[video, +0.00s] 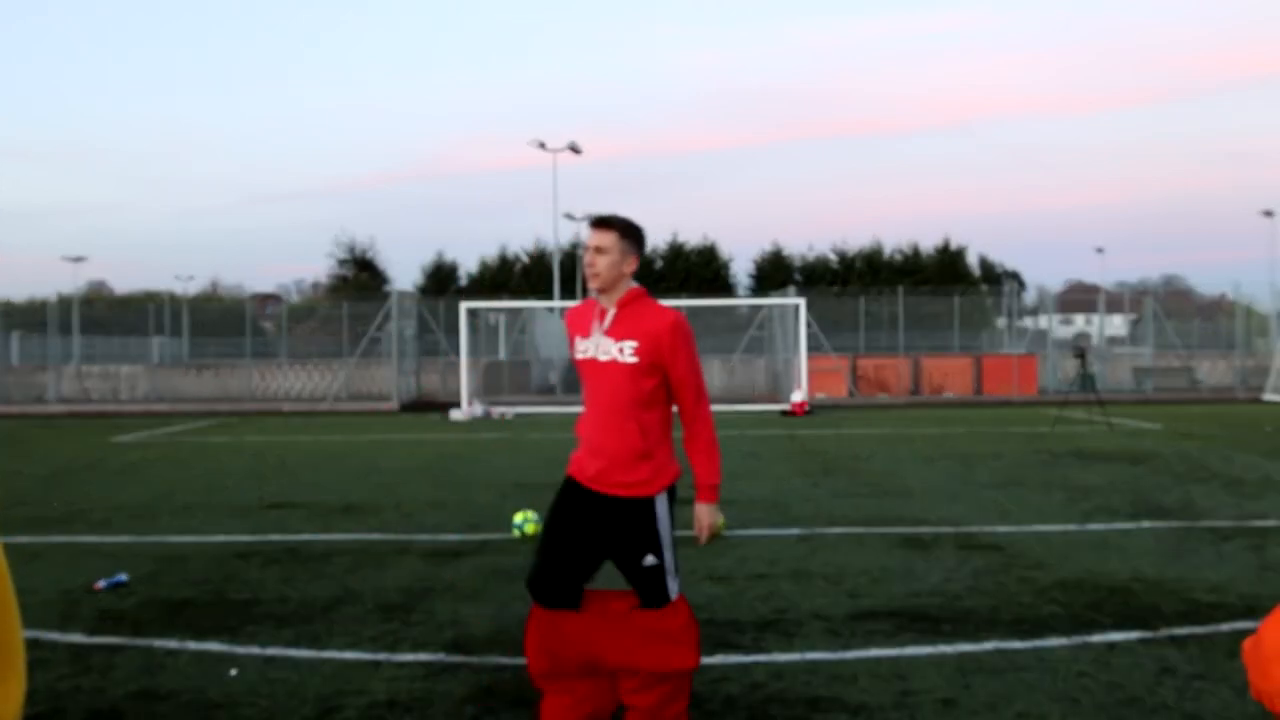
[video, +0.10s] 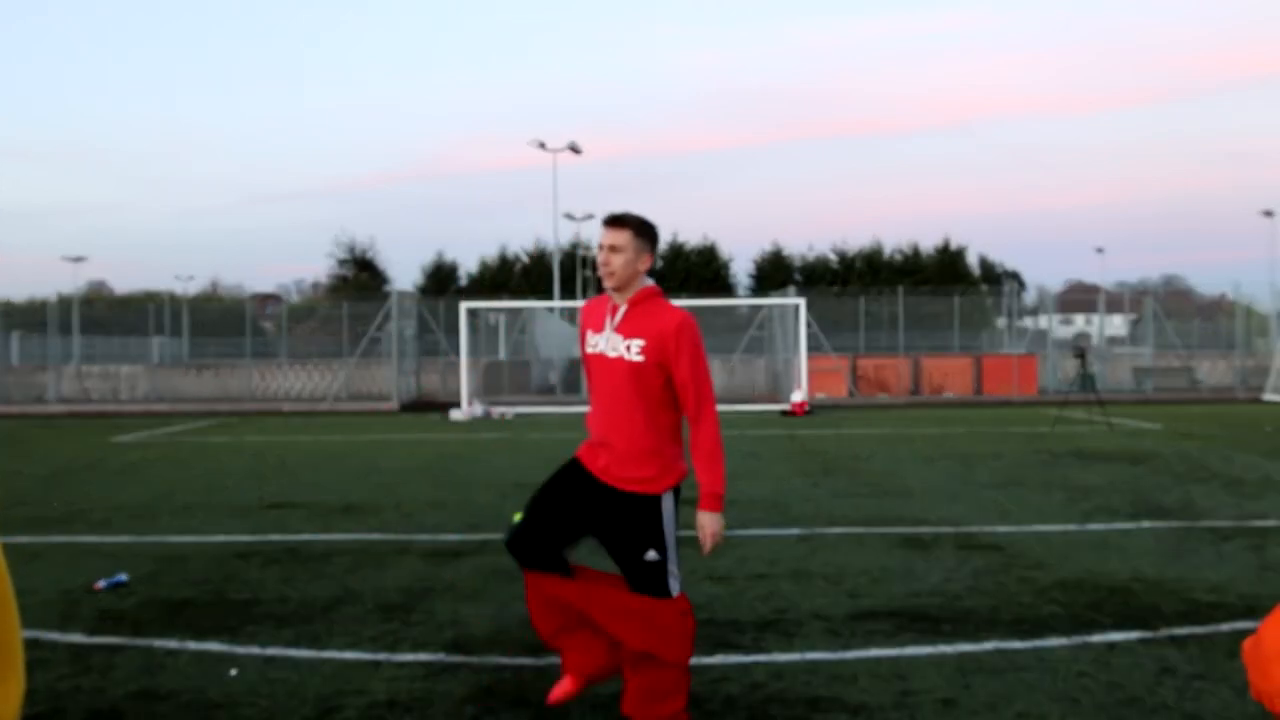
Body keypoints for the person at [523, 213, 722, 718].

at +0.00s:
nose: (589, 261)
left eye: (601, 252)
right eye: (587, 251)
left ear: (630, 262)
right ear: (583, 258)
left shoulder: (664, 324)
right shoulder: (578, 318)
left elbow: (695, 412)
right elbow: (601, 394)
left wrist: (707, 495)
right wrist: (602, 457)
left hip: (642, 490)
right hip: (584, 483)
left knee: (660, 606)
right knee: (549, 593)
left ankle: (664, 703)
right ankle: (570, 701)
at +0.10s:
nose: (603, 260)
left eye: (615, 251)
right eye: (600, 250)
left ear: (646, 259)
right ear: (598, 255)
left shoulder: (674, 325)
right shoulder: (592, 314)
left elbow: (702, 415)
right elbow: (603, 388)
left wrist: (711, 501)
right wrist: (609, 449)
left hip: (646, 482)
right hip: (594, 466)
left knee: (657, 605)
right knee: (529, 542)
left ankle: (658, 709)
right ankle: (588, 652)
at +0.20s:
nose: (610, 259)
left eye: (622, 250)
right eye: (606, 249)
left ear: (652, 259)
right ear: (601, 256)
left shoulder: (674, 324)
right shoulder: (597, 313)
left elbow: (700, 416)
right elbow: (598, 391)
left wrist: (709, 505)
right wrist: (588, 452)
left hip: (648, 481)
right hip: (594, 461)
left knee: (656, 606)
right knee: (520, 510)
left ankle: (661, 709)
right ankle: (583, 618)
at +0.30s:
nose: (622, 260)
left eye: (634, 250)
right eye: (615, 250)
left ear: (654, 259)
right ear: (605, 257)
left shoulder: (672, 322)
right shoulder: (599, 313)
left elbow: (697, 413)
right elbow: (587, 395)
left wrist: (697, 505)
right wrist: (551, 452)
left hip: (651, 485)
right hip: (602, 462)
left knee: (663, 608)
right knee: (517, 490)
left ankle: (662, 710)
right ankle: (579, 602)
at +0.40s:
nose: (627, 260)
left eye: (638, 251)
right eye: (619, 251)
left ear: (655, 259)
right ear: (607, 258)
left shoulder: (673, 320)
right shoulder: (601, 312)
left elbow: (696, 412)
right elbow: (583, 392)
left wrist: (683, 497)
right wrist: (541, 446)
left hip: (651, 483)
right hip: (602, 464)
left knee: (661, 608)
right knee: (520, 512)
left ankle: (663, 708)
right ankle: (577, 623)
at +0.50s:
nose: (628, 260)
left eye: (639, 251)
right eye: (620, 251)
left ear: (656, 258)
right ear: (608, 259)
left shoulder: (675, 320)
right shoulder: (601, 316)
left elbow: (698, 410)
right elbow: (582, 395)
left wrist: (669, 485)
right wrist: (537, 450)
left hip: (648, 486)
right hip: (599, 477)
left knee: (658, 608)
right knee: (550, 572)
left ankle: (664, 706)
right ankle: (603, 687)